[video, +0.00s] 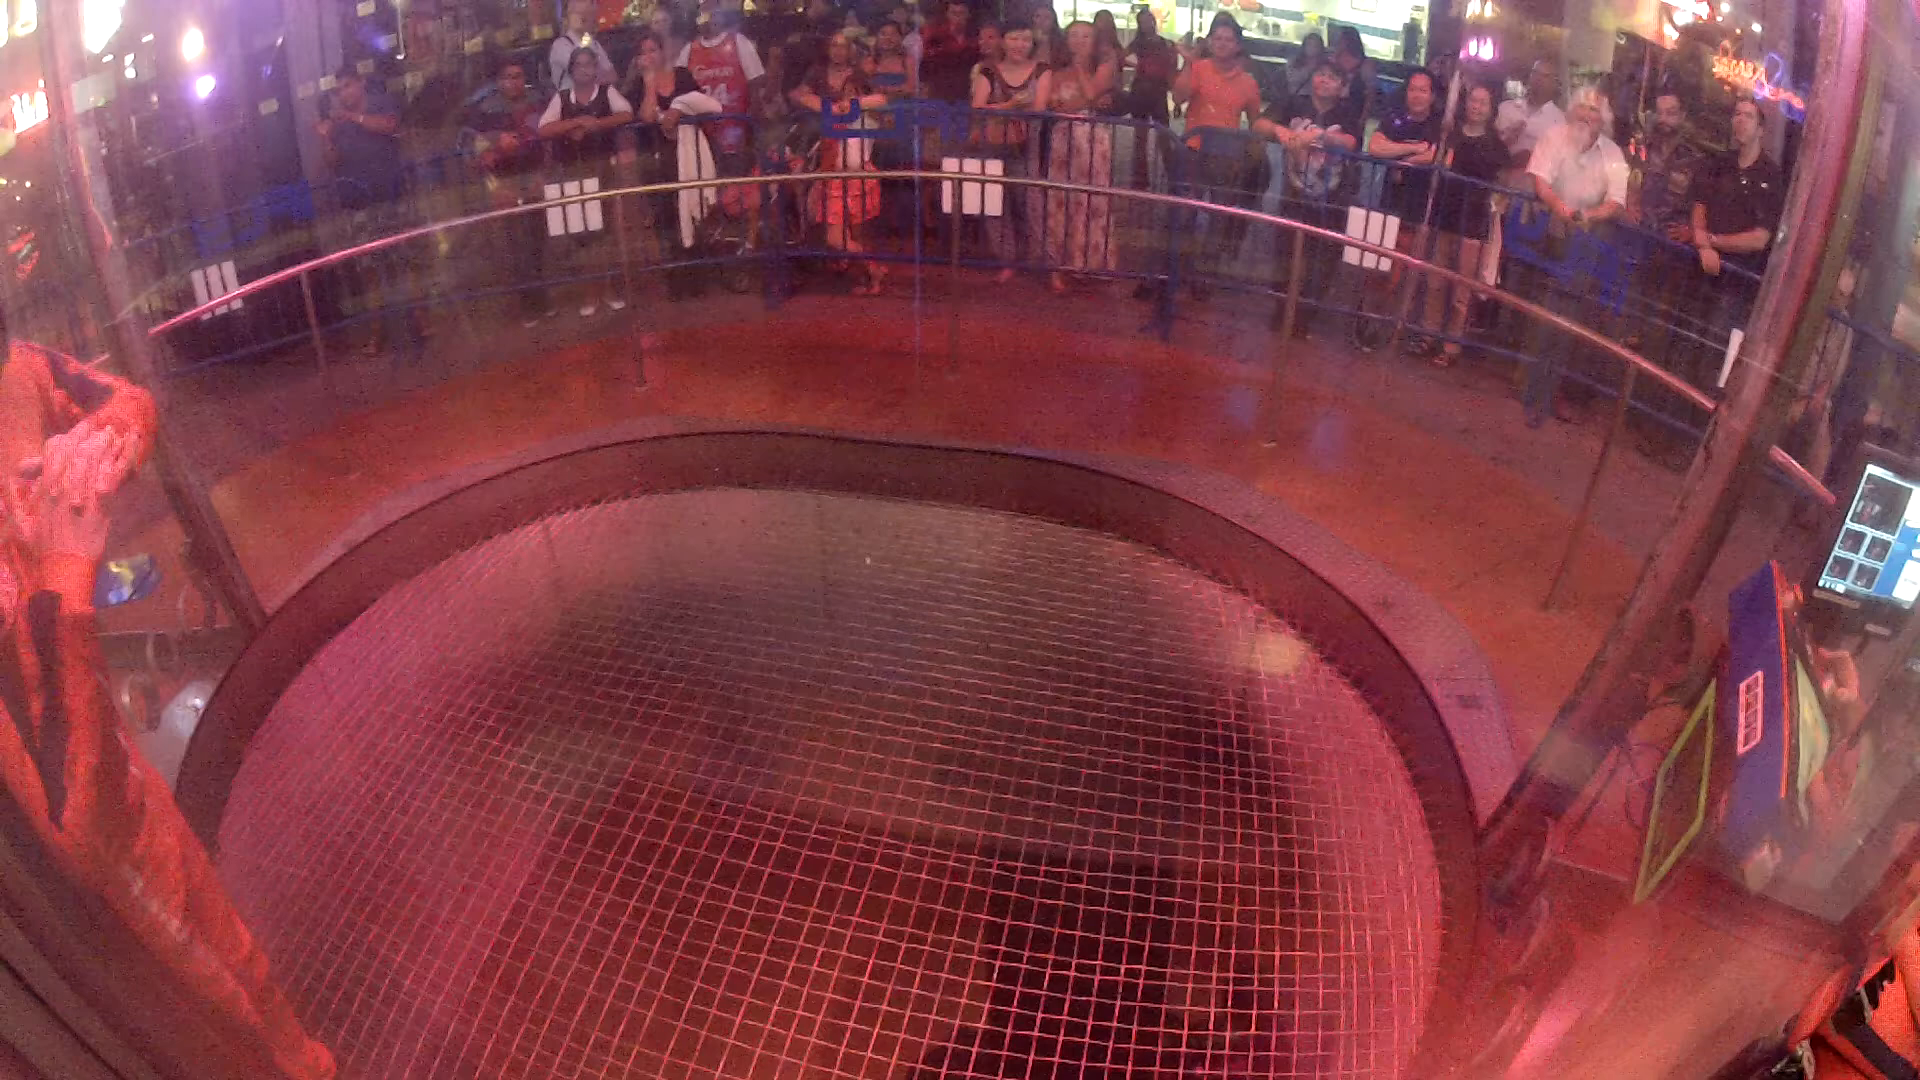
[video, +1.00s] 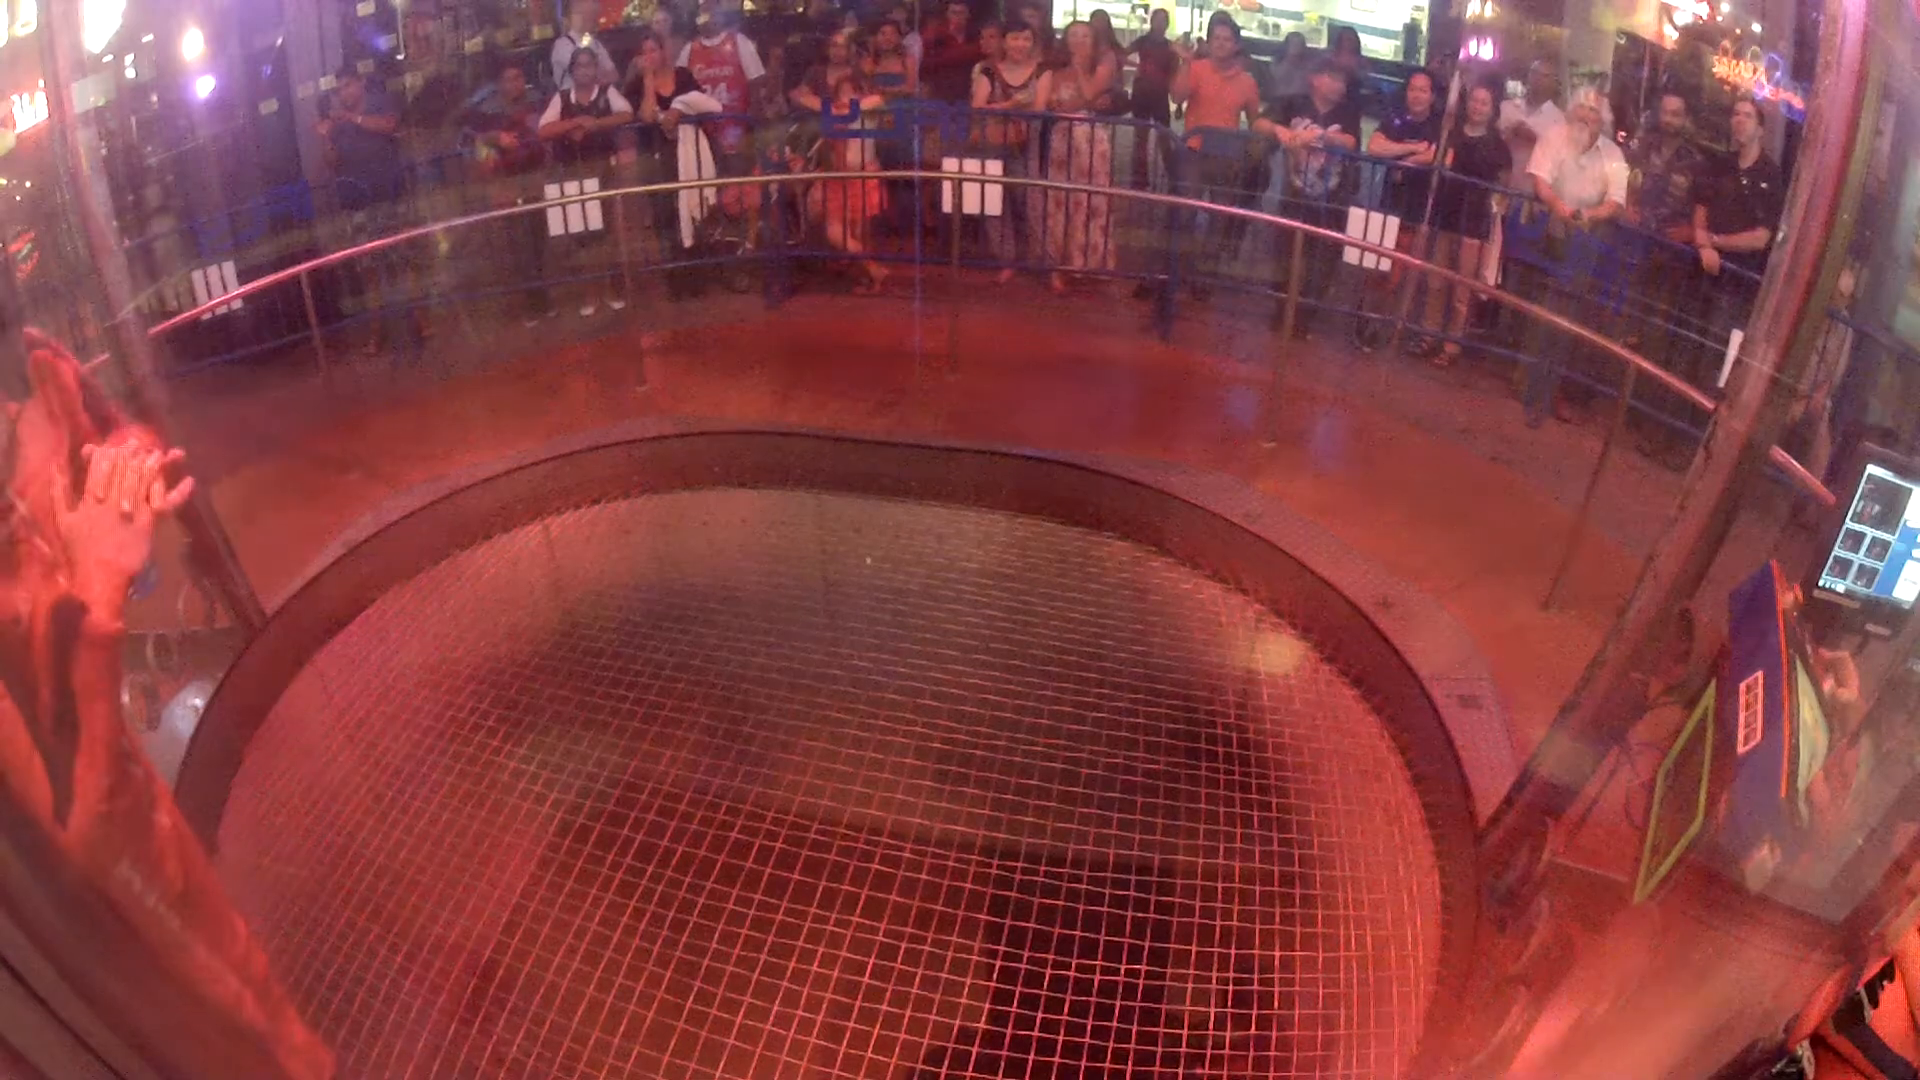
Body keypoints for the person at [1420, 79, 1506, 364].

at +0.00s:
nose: (1476, 106)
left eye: (1482, 103)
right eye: (1472, 100)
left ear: (1491, 110)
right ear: (1464, 104)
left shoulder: (1496, 147)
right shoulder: (1451, 138)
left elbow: (1489, 172)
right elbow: (1437, 169)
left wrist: (1455, 157)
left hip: (1473, 221)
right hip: (1443, 215)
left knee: (1462, 287)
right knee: (1435, 280)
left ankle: (1452, 344)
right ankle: (1428, 334)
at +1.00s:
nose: (1477, 107)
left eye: (1484, 103)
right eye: (1473, 101)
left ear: (1494, 109)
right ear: (1465, 104)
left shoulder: (1498, 146)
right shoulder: (1452, 136)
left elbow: (1494, 180)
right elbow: (1438, 167)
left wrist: (1456, 161)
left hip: (1474, 219)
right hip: (1443, 212)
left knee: (1463, 285)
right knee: (1435, 280)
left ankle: (1452, 342)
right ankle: (1429, 333)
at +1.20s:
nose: (1477, 107)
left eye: (1484, 103)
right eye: (1473, 100)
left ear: (1494, 110)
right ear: (1466, 103)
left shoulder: (1498, 148)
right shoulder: (1452, 137)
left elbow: (1497, 185)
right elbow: (1437, 168)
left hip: (1474, 219)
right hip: (1443, 213)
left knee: (1463, 285)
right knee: (1435, 279)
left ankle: (1452, 341)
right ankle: (1429, 332)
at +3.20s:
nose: (1481, 107)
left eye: (1487, 103)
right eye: (1478, 101)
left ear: (1497, 111)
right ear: (1469, 104)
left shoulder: (1500, 148)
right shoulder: (1454, 137)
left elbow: (1507, 187)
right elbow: (1440, 166)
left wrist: (1498, 207)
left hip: (1476, 219)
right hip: (1445, 212)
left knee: (1464, 288)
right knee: (1435, 280)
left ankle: (1453, 342)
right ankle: (1430, 333)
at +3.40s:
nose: (1481, 107)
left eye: (1487, 103)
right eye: (1477, 101)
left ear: (1497, 111)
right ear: (1469, 104)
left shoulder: (1500, 147)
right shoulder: (1454, 137)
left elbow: (1506, 187)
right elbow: (1439, 167)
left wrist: (1496, 205)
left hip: (1476, 220)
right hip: (1444, 212)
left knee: (1463, 289)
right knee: (1435, 281)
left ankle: (1453, 342)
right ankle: (1429, 333)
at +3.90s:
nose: (1477, 107)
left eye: (1484, 103)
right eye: (1474, 101)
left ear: (1493, 110)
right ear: (1466, 104)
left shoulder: (1497, 147)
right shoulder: (1452, 139)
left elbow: (1503, 186)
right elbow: (1438, 168)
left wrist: (1495, 204)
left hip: (1474, 220)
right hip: (1443, 214)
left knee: (1462, 287)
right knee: (1434, 281)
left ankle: (1453, 341)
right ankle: (1429, 332)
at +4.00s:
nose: (1477, 107)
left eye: (1483, 103)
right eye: (1473, 101)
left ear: (1492, 110)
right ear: (1465, 104)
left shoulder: (1496, 146)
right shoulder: (1452, 138)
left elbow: (1502, 185)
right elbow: (1439, 169)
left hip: (1473, 219)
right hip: (1443, 213)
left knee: (1462, 286)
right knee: (1434, 280)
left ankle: (1452, 342)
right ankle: (1429, 333)